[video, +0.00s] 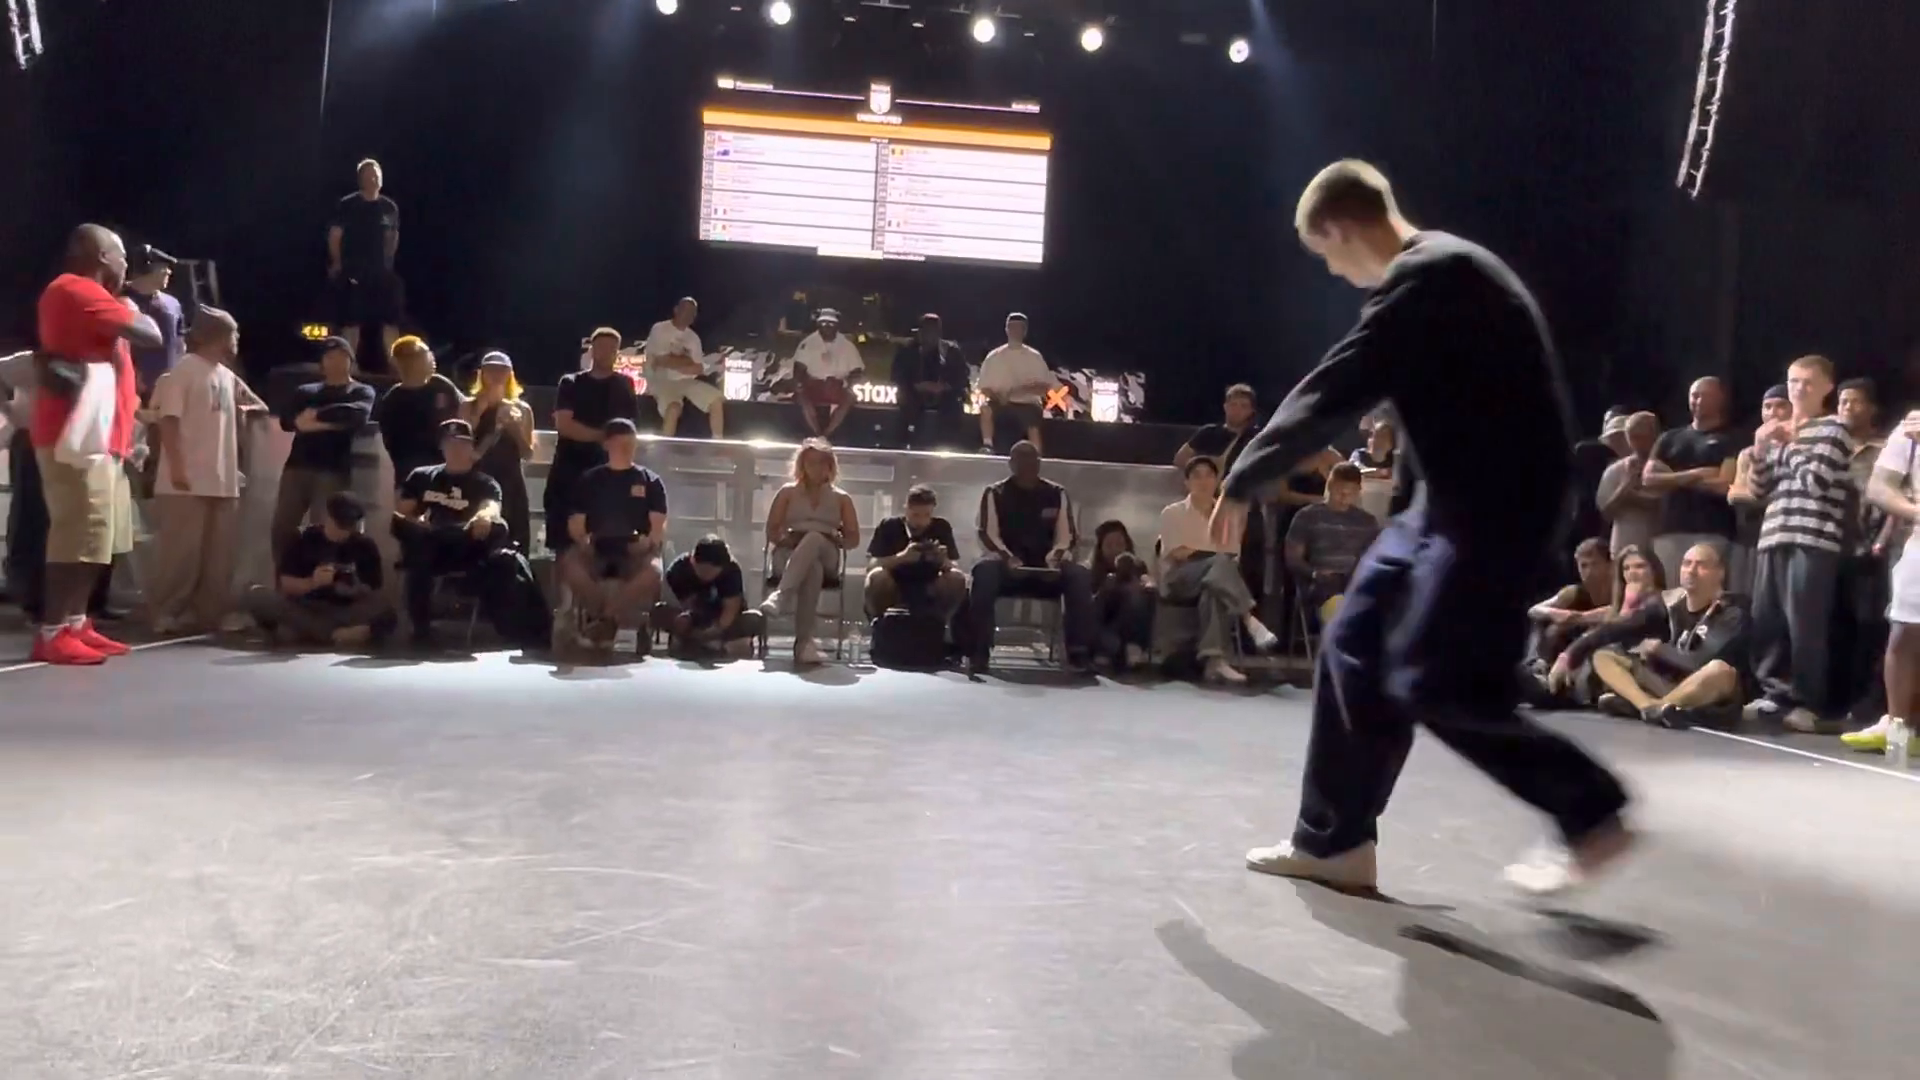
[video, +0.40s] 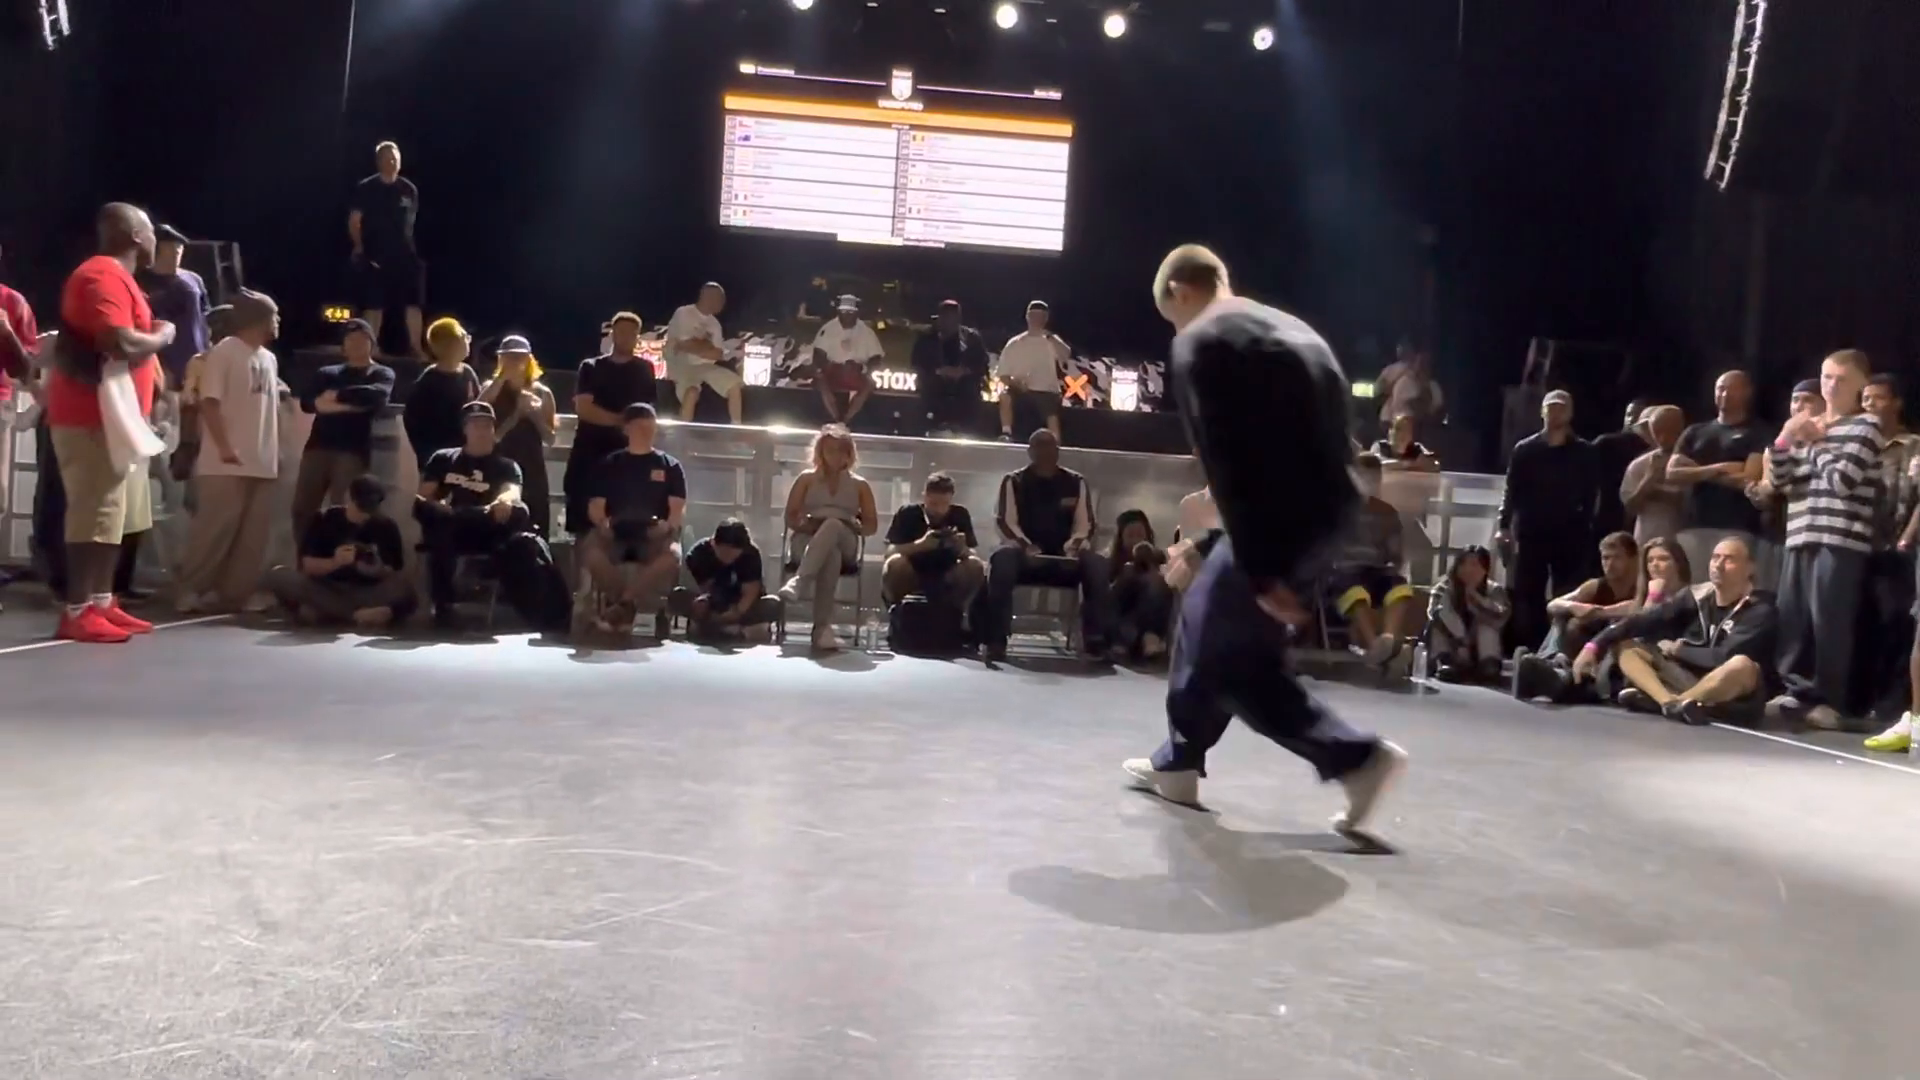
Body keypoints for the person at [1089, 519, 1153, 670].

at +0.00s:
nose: (1115, 549)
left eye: (1119, 543)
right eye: (1109, 544)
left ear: (1127, 544)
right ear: (1100, 546)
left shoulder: (1137, 567)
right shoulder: (1091, 570)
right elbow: (1088, 603)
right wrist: (1107, 587)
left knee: (1137, 595)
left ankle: (1135, 645)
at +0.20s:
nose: (1126, 545)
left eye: (1130, 539)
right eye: (1120, 540)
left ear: (1139, 539)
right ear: (1111, 542)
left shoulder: (1147, 562)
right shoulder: (1101, 565)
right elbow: (1099, 599)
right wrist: (1117, 581)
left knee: (1149, 589)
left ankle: (1146, 640)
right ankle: (1142, 642)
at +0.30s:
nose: (1130, 542)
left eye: (1135, 537)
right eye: (1125, 538)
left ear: (1144, 537)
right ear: (1116, 539)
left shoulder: (1152, 560)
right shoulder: (1106, 562)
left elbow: (1164, 579)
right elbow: (1102, 595)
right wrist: (1121, 578)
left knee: (1154, 587)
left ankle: (1150, 639)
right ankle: (1146, 640)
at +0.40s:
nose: (1136, 541)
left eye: (1140, 535)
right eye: (1130, 536)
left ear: (1149, 535)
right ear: (1121, 537)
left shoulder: (1159, 560)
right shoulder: (1111, 564)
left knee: (1156, 582)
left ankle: (1154, 636)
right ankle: (1150, 637)